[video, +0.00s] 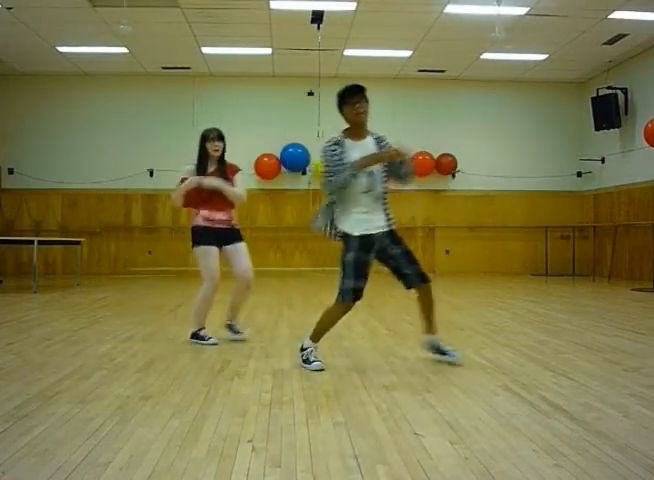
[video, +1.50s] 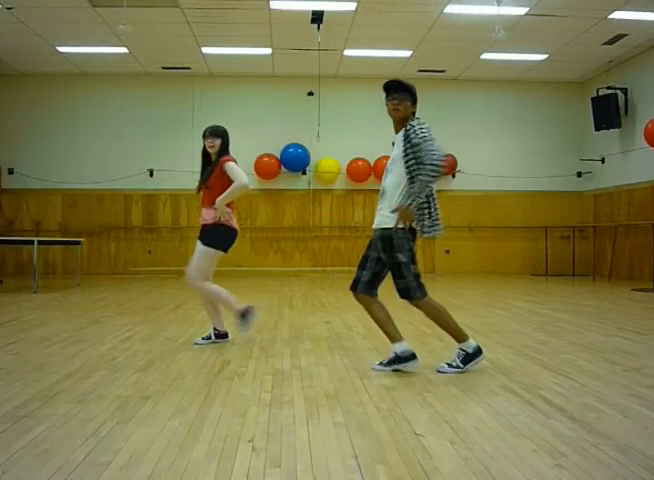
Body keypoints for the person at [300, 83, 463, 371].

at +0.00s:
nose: (360, 108)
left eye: (363, 103)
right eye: (353, 105)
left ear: (369, 107)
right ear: (342, 111)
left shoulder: (379, 141)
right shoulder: (334, 147)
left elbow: (403, 177)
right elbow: (332, 184)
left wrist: (401, 162)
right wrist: (364, 164)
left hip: (382, 228)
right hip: (354, 231)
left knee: (422, 283)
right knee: (348, 298)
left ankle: (431, 340)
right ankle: (309, 345)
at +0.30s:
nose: (406, 104)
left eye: (408, 98)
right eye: (398, 101)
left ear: (415, 101)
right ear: (389, 108)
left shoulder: (431, 134)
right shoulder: (390, 144)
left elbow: (455, 164)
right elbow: (422, 175)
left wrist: (486, 177)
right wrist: (473, 190)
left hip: (445, 218)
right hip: (418, 222)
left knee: (460, 288)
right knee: (416, 294)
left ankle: (463, 348)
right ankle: (378, 330)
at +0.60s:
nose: (431, 101)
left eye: (435, 97)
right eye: (425, 98)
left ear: (442, 102)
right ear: (415, 105)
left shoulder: (457, 130)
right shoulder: (406, 142)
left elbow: (468, 169)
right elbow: (390, 185)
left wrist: (462, 208)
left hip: (460, 219)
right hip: (428, 224)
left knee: (465, 288)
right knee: (433, 290)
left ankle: (464, 345)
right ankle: (446, 331)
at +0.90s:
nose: (421, 98)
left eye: (426, 94)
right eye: (415, 94)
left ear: (435, 100)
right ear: (408, 101)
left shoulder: (443, 129)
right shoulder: (410, 141)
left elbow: (466, 151)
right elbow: (390, 173)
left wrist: (459, 117)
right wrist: (388, 145)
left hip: (441, 222)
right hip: (415, 224)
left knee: (444, 294)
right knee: (395, 289)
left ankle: (481, 340)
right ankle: (424, 348)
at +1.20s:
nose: (405, 96)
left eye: (410, 91)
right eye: (400, 93)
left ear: (421, 96)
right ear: (395, 99)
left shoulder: (429, 122)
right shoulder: (409, 133)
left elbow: (457, 162)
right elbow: (417, 173)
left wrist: (429, 197)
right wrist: (401, 204)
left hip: (418, 219)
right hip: (399, 220)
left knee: (410, 290)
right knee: (380, 283)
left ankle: (462, 339)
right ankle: (417, 340)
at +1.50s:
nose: (393, 105)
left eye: (399, 101)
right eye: (389, 101)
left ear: (412, 105)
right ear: (386, 106)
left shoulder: (417, 131)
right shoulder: (401, 137)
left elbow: (434, 166)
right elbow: (408, 175)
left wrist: (410, 205)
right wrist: (393, 205)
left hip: (399, 227)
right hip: (384, 228)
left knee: (413, 293)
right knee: (362, 290)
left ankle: (468, 347)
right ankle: (401, 350)